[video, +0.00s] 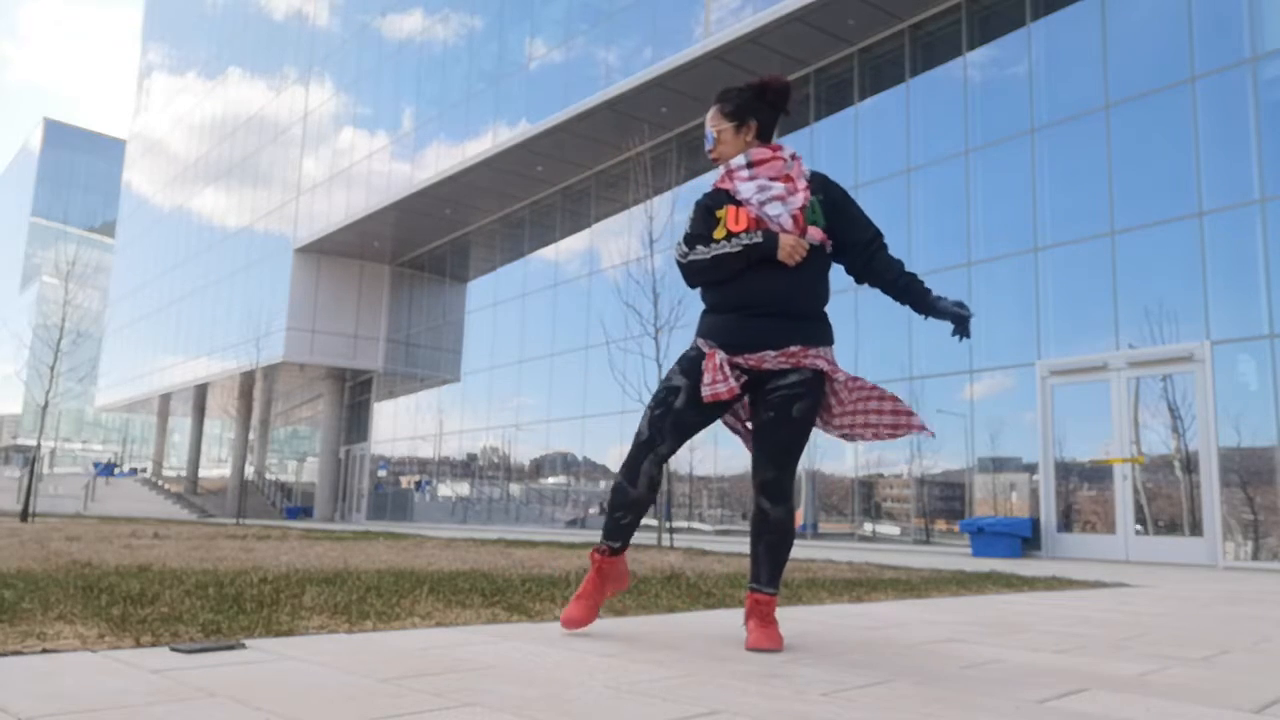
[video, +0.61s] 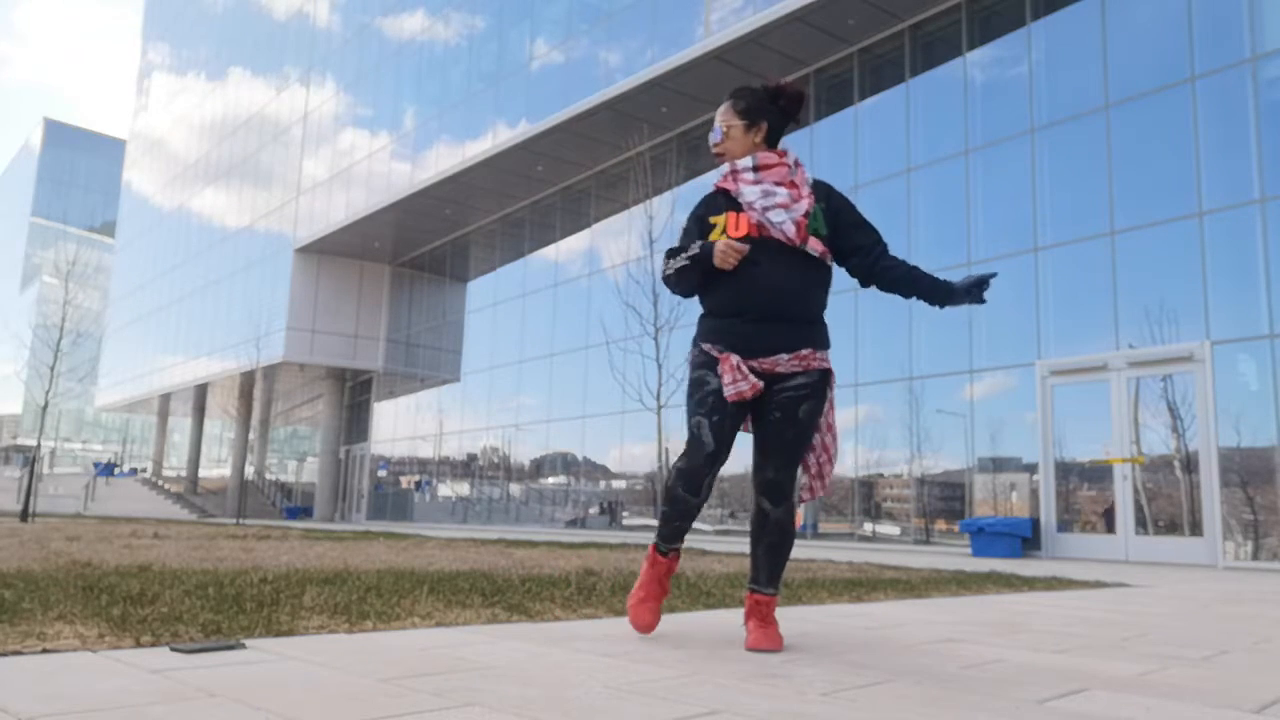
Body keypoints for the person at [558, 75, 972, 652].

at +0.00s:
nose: (709, 148)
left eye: (715, 136)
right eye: (708, 138)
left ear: (750, 132)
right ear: (733, 134)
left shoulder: (817, 194)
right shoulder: (716, 200)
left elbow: (871, 259)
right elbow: (690, 264)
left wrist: (931, 303)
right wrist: (765, 243)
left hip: (792, 359)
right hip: (716, 354)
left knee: (773, 484)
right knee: (650, 441)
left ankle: (762, 608)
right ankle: (607, 562)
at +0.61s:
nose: (714, 141)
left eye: (724, 130)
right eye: (715, 130)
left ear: (760, 133)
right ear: (739, 134)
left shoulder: (819, 202)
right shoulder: (715, 206)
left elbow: (874, 265)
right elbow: (675, 279)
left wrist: (946, 292)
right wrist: (706, 257)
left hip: (795, 362)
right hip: (720, 357)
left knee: (776, 487)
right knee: (702, 456)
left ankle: (761, 609)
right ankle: (660, 563)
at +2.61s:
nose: (757, 120)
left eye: (769, 110)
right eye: (744, 110)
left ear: (784, 120)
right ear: (727, 121)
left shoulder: (810, 191)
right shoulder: (704, 194)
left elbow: (845, 264)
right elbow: (675, 265)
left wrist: (880, 314)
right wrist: (653, 222)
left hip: (788, 351)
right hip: (711, 351)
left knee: (776, 481)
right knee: (681, 466)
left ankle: (764, 607)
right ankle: (672, 582)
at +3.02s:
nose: (737, 137)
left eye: (746, 129)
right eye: (726, 126)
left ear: (753, 136)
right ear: (697, 131)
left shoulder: (766, 203)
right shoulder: (666, 200)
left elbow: (803, 270)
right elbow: (616, 254)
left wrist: (798, 279)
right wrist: (607, 197)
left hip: (739, 356)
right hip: (668, 358)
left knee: (746, 477)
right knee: (670, 479)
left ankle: (758, 605)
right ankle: (667, 598)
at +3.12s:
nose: (737, 146)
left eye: (744, 138)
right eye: (726, 136)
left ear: (748, 144)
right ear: (695, 140)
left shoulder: (757, 208)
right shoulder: (659, 207)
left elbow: (792, 276)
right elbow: (602, 249)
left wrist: (749, 280)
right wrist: (601, 185)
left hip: (729, 359)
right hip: (661, 360)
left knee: (713, 459)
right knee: (664, 474)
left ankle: (732, 589)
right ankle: (667, 596)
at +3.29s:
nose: (739, 154)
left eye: (742, 145)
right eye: (728, 144)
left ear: (742, 147)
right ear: (693, 146)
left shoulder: (748, 209)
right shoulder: (657, 209)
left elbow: (749, 271)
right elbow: (593, 235)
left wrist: (659, 269)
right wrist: (608, 169)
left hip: (715, 362)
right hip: (649, 360)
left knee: (679, 460)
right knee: (654, 474)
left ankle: (698, 584)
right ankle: (665, 597)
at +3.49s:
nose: (742, 166)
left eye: (746, 156)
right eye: (734, 154)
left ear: (734, 156)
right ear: (699, 149)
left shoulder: (739, 215)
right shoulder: (647, 204)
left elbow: (727, 276)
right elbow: (580, 221)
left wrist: (636, 268)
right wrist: (614, 164)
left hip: (716, 354)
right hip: (647, 355)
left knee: (745, 458)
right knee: (653, 473)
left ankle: (748, 574)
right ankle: (667, 596)